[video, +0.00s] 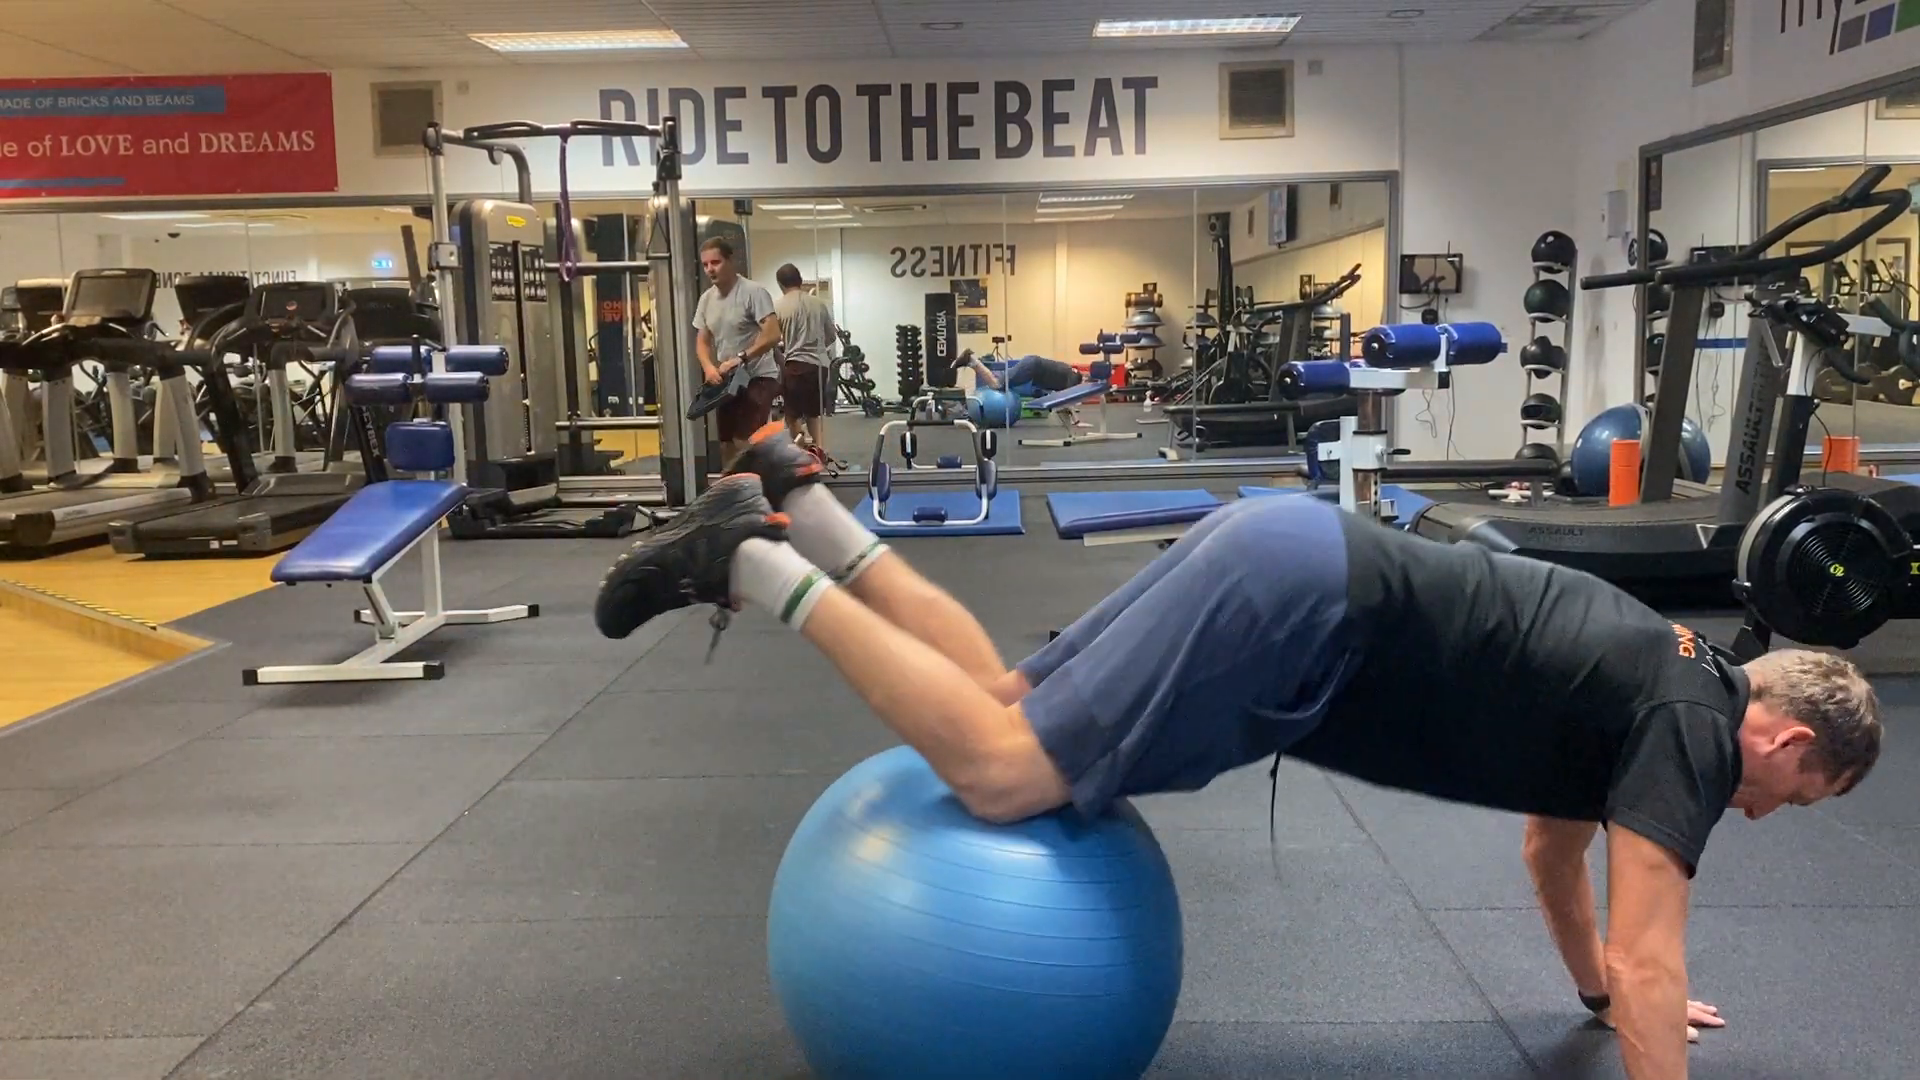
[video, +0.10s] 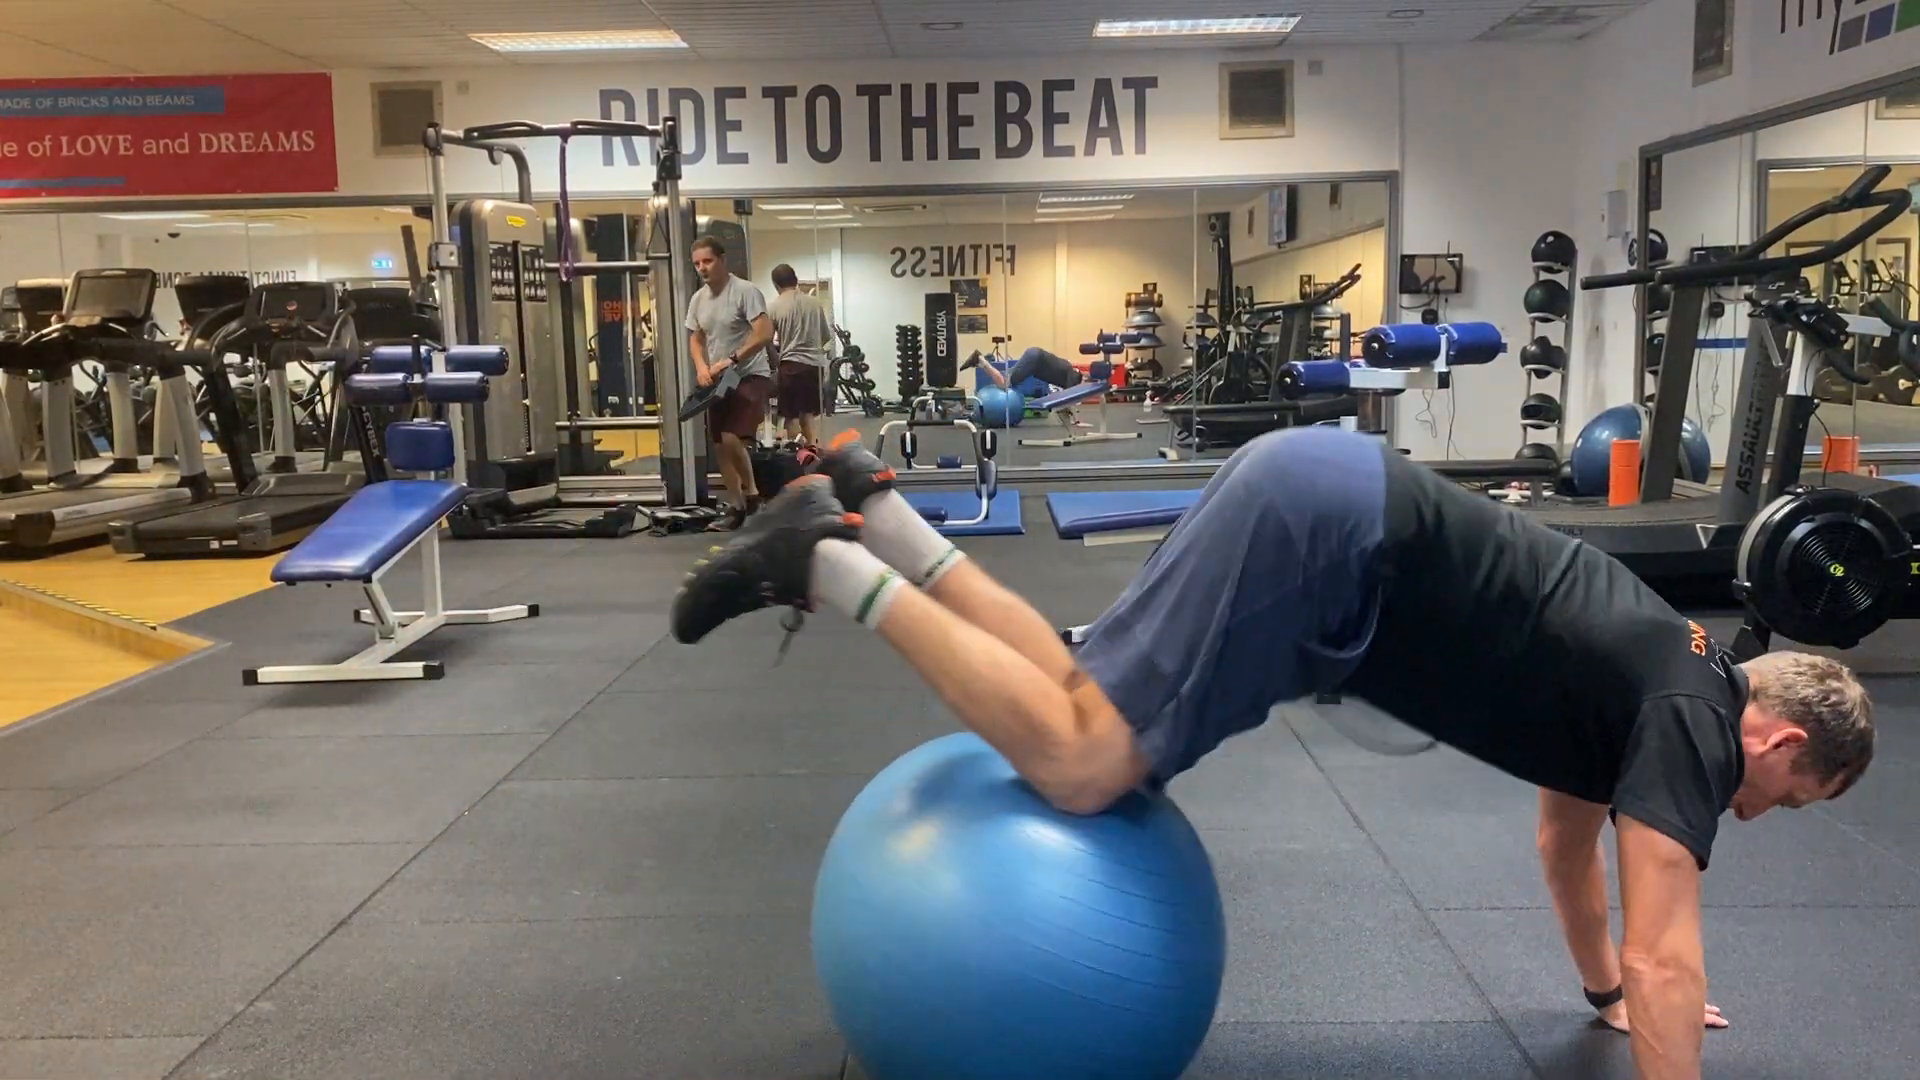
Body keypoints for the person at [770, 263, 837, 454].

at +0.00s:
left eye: (780, 283)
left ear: (780, 284)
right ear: (801, 280)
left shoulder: (778, 307)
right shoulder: (819, 303)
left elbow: (774, 340)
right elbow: (830, 335)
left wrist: (782, 361)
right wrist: (816, 349)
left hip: (793, 365)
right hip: (818, 365)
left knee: (792, 415)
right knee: (814, 415)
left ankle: (801, 454)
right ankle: (819, 455)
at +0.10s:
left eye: (776, 284)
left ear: (775, 284)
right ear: (796, 280)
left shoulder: (774, 307)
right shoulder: (814, 303)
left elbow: (767, 341)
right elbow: (826, 335)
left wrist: (777, 360)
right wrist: (812, 348)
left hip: (789, 366)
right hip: (813, 366)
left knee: (791, 416)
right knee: (808, 414)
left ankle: (794, 456)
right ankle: (813, 452)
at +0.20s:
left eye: (771, 282)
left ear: (771, 284)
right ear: (791, 280)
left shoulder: (771, 307)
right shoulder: (810, 302)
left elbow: (764, 342)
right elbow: (821, 334)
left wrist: (775, 358)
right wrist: (809, 350)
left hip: (786, 367)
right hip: (811, 367)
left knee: (789, 416)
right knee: (805, 415)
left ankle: (797, 455)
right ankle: (809, 453)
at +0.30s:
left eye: (767, 284)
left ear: (767, 285)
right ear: (787, 281)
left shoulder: (769, 308)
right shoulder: (809, 305)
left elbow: (760, 342)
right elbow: (815, 338)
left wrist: (772, 356)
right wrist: (805, 352)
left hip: (784, 368)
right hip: (809, 368)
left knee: (788, 418)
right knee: (802, 418)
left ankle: (798, 458)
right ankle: (804, 458)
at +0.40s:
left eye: (764, 286)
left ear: (764, 287)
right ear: (784, 283)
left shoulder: (764, 311)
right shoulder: (806, 307)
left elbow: (760, 343)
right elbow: (814, 342)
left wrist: (767, 358)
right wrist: (801, 351)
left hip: (782, 369)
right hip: (806, 369)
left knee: (788, 418)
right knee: (799, 418)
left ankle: (798, 460)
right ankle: (794, 461)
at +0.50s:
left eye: (761, 287)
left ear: (760, 289)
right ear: (780, 284)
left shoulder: (762, 312)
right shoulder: (801, 307)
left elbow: (761, 345)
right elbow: (810, 341)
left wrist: (767, 366)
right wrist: (800, 354)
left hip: (781, 369)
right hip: (805, 369)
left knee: (785, 418)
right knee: (795, 417)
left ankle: (799, 457)